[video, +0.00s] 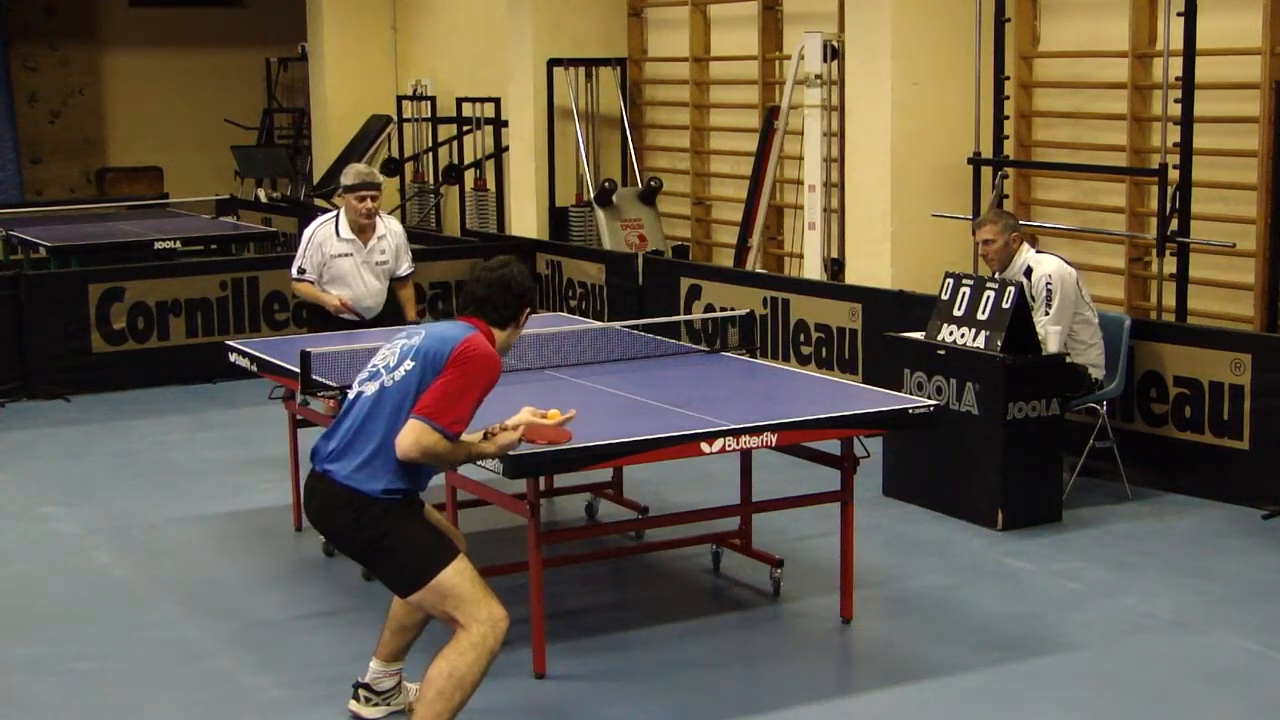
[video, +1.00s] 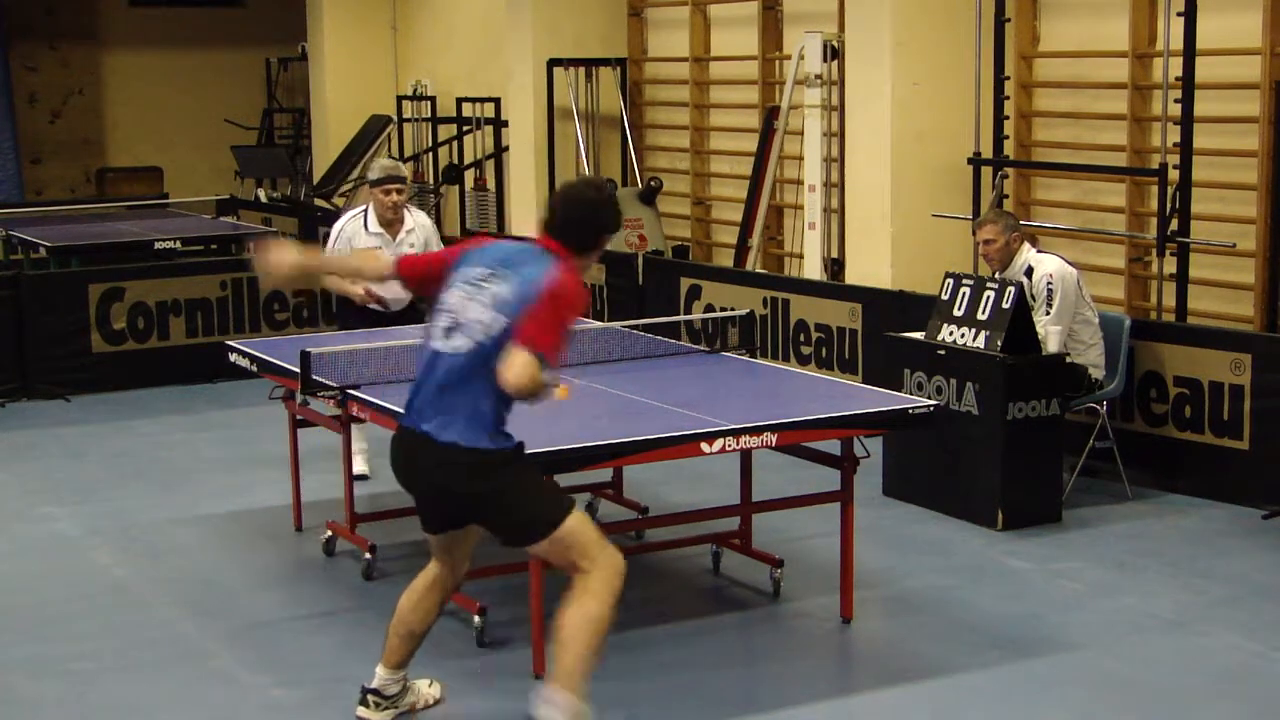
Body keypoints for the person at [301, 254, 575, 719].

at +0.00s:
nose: (526, 325)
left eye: (526, 315)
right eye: (529, 315)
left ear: (473, 300)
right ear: (521, 316)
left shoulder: (427, 332)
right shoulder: (479, 353)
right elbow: (413, 444)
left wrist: (492, 435)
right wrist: (478, 448)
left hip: (330, 482)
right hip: (361, 500)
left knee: (448, 546)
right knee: (486, 621)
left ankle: (379, 685)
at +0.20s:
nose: (528, 302)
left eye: (529, 290)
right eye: (527, 289)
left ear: (471, 283)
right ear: (507, 286)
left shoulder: (426, 316)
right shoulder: (470, 333)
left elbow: (472, 418)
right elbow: (417, 435)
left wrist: (533, 374)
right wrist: (479, 427)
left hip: (340, 478)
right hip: (372, 494)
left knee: (450, 551)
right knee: (487, 622)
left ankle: (380, 684)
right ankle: (425, 714)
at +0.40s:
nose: (526, 240)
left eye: (525, 229)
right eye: (520, 229)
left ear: (476, 232)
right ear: (489, 232)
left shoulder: (417, 275)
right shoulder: (457, 291)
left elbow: (489, 358)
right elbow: (435, 410)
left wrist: (536, 282)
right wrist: (501, 374)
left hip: (363, 461)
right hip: (400, 476)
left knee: (441, 576)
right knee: (489, 619)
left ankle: (380, 685)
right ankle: (424, 715)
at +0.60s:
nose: (531, 195)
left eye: (527, 184)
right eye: (521, 186)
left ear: (488, 200)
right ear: (490, 199)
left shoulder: (471, 260)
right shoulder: (435, 262)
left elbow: (446, 352)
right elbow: (395, 359)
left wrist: (499, 348)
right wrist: (450, 305)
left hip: (433, 448)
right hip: (416, 454)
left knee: (450, 575)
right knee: (489, 618)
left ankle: (387, 684)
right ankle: (425, 714)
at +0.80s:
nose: (561, 232)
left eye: (564, 221)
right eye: (558, 219)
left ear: (514, 204)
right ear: (519, 206)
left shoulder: (475, 240)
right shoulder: (473, 252)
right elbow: (406, 308)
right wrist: (378, 344)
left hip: (419, 440)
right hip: (446, 446)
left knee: (457, 565)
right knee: (530, 595)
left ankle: (387, 686)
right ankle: (444, 715)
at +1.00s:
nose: (602, 252)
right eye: (605, 244)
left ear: (545, 220)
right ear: (598, 246)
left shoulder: (484, 250)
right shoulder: (564, 283)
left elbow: (389, 267)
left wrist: (304, 260)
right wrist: (543, 387)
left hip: (415, 447)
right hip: (475, 457)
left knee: (448, 562)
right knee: (602, 563)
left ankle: (385, 687)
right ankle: (561, 702)